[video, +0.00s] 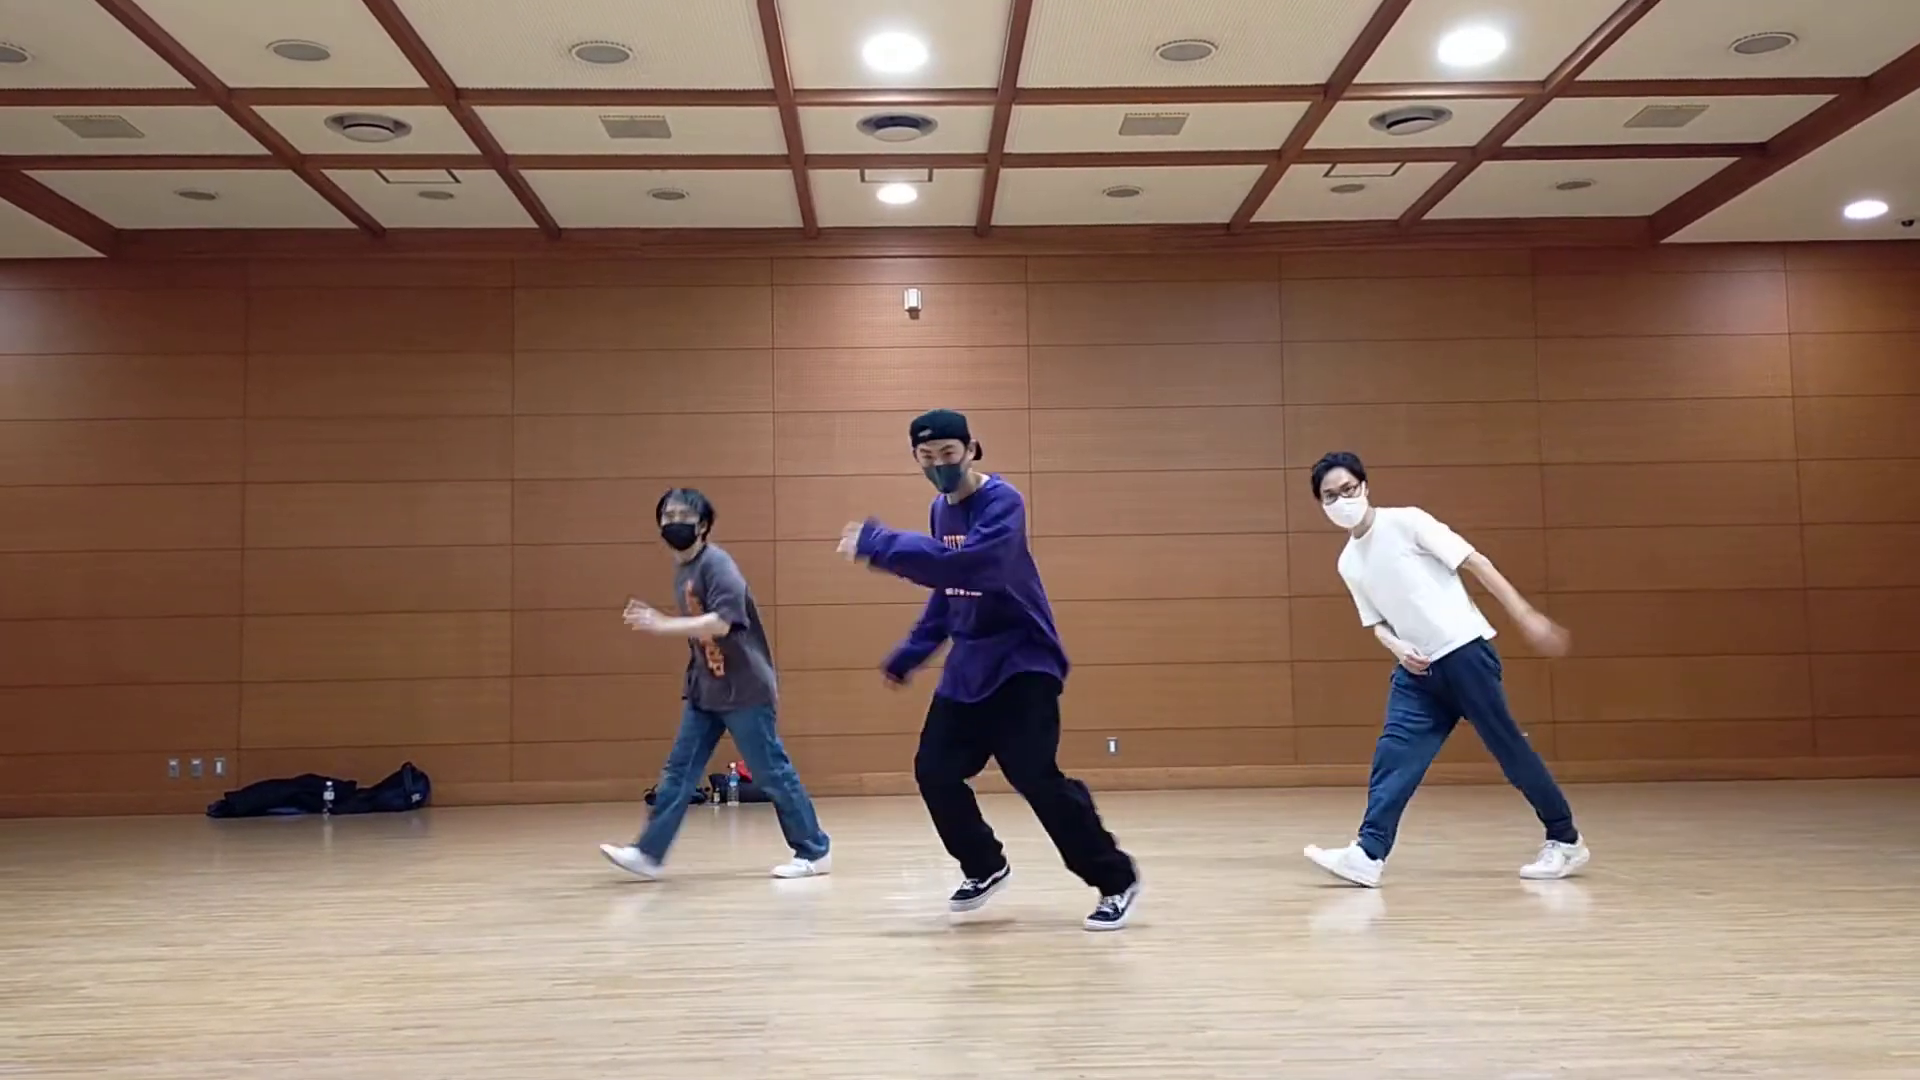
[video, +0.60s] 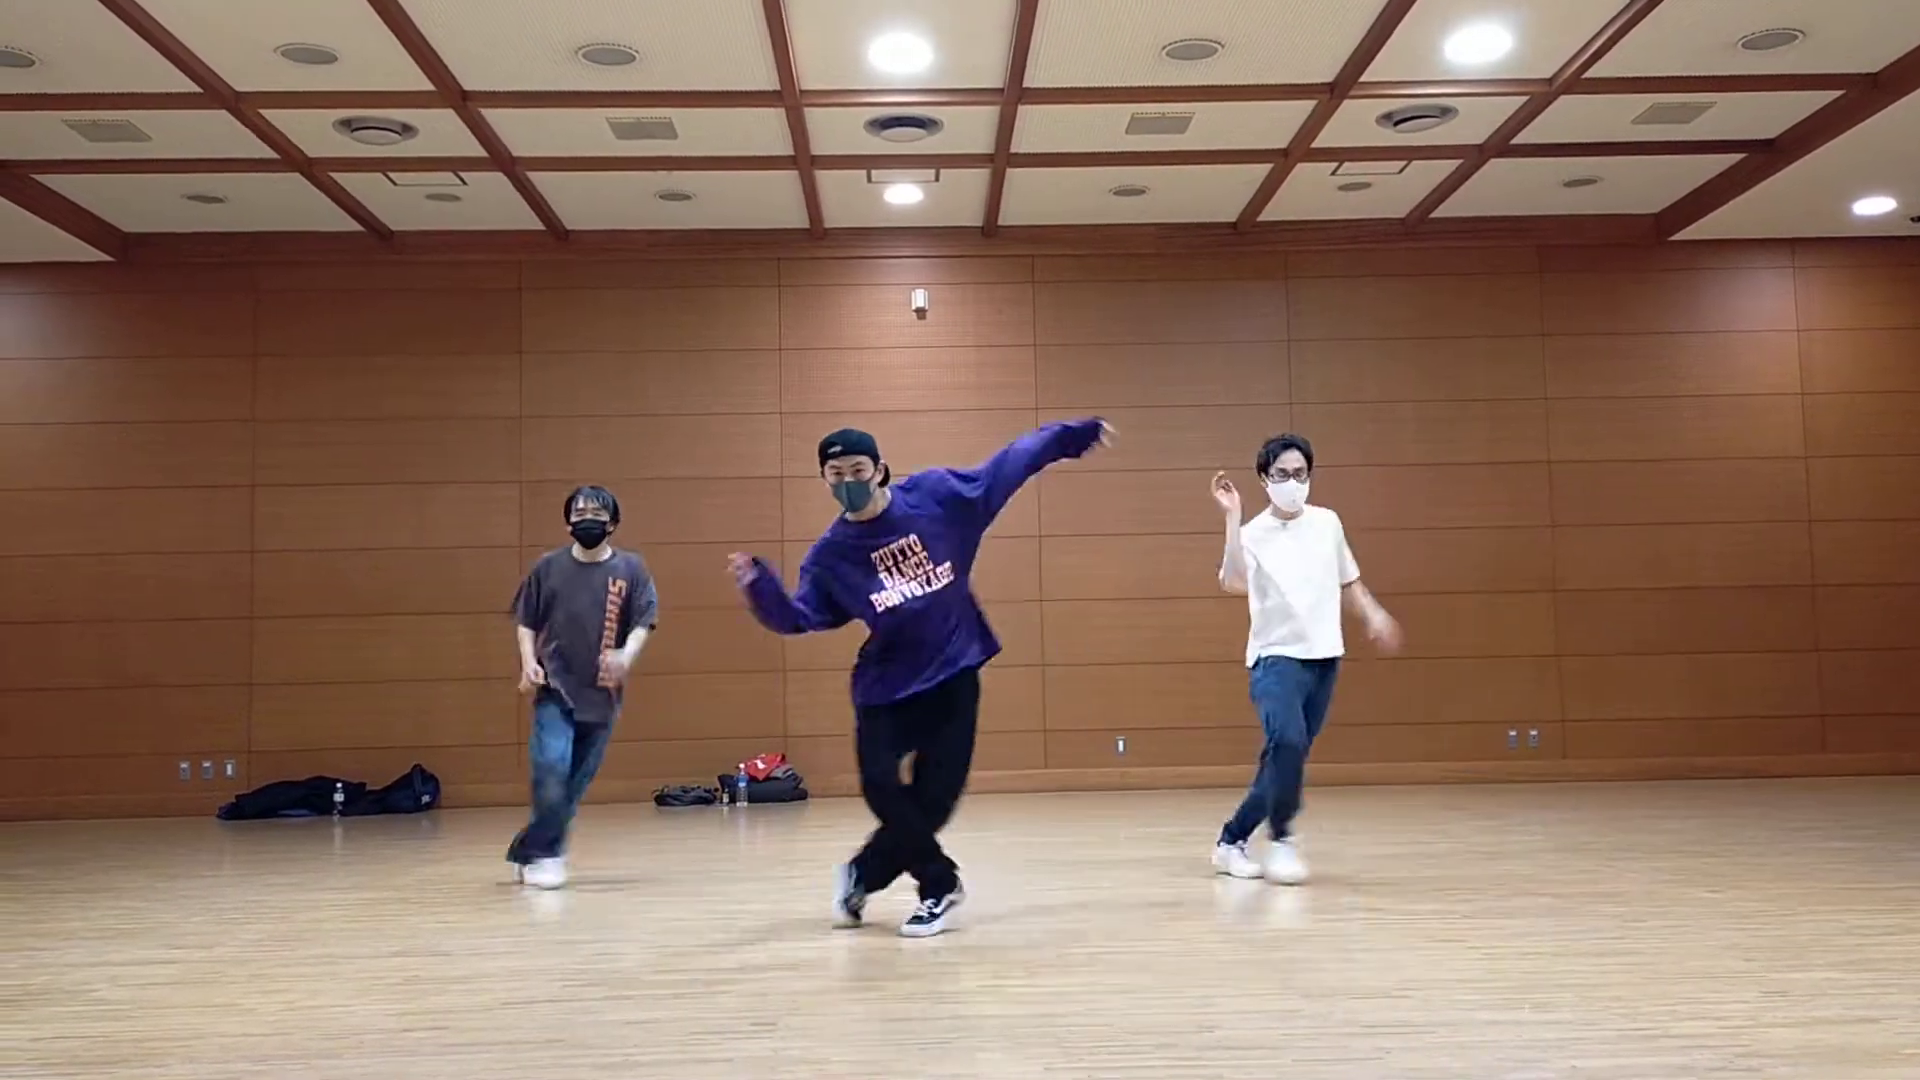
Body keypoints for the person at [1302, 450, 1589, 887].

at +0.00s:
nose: (1342, 501)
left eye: (1349, 489)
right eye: (1331, 496)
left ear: (1365, 488)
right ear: (1322, 506)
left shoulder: (1406, 522)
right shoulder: (1348, 563)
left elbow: (1474, 561)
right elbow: (1376, 624)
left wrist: (1525, 614)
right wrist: (1398, 648)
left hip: (1463, 653)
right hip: (1417, 670)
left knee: (1509, 748)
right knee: (1395, 753)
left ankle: (1566, 841)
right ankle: (1368, 855)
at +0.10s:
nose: (1323, 500)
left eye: (1329, 490)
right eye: (1311, 496)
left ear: (1345, 491)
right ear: (1302, 508)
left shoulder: (1386, 520)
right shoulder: (1327, 570)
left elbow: (1457, 544)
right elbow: (1357, 631)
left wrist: (1526, 564)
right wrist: (1377, 643)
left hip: (1450, 650)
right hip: (1405, 671)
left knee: (1499, 753)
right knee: (1381, 752)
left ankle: (1565, 840)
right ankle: (1362, 858)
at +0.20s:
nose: (1303, 493)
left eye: (1308, 483)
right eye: (1291, 489)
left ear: (1323, 485)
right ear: (1281, 504)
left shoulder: (1365, 512)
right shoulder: (1299, 569)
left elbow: (1437, 523)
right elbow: (1326, 634)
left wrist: (1505, 529)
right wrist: (1353, 637)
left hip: (1429, 649)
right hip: (1377, 670)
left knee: (1482, 750)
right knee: (1352, 749)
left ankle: (1552, 831)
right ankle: (1360, 858)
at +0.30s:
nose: (1293, 479)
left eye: (1299, 469)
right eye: (1281, 476)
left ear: (1314, 472)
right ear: (1271, 490)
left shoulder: (1355, 504)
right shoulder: (1280, 556)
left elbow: (1424, 517)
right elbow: (1300, 626)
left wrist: (1491, 523)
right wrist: (1322, 624)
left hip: (1397, 646)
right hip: (1343, 663)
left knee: (1431, 740)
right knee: (1328, 752)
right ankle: (1359, 857)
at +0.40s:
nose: (1290, 471)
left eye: (1296, 462)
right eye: (1279, 467)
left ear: (1310, 466)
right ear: (1265, 479)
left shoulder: (1348, 501)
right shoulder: (1266, 545)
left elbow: (1409, 529)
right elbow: (1279, 621)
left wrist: (1479, 540)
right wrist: (1286, 600)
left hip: (1371, 643)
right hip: (1316, 656)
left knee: (1381, 745)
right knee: (1315, 748)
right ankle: (1357, 854)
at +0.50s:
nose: (1290, 473)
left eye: (1296, 464)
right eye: (1279, 468)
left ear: (1308, 467)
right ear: (1263, 478)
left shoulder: (1338, 505)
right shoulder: (1259, 535)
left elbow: (1381, 556)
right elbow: (1254, 604)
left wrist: (1441, 575)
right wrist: (1249, 560)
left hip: (1344, 644)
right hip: (1293, 649)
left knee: (1328, 760)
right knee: (1302, 747)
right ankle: (1343, 851)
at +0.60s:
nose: (1293, 483)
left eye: (1301, 474)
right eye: (1283, 475)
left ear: (1311, 477)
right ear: (1265, 479)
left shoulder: (1327, 523)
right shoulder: (1252, 535)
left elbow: (1352, 583)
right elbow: (1233, 582)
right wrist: (1233, 518)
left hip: (1323, 656)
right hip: (1274, 656)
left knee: (1287, 754)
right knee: (1290, 741)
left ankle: (1231, 842)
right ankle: (1281, 840)